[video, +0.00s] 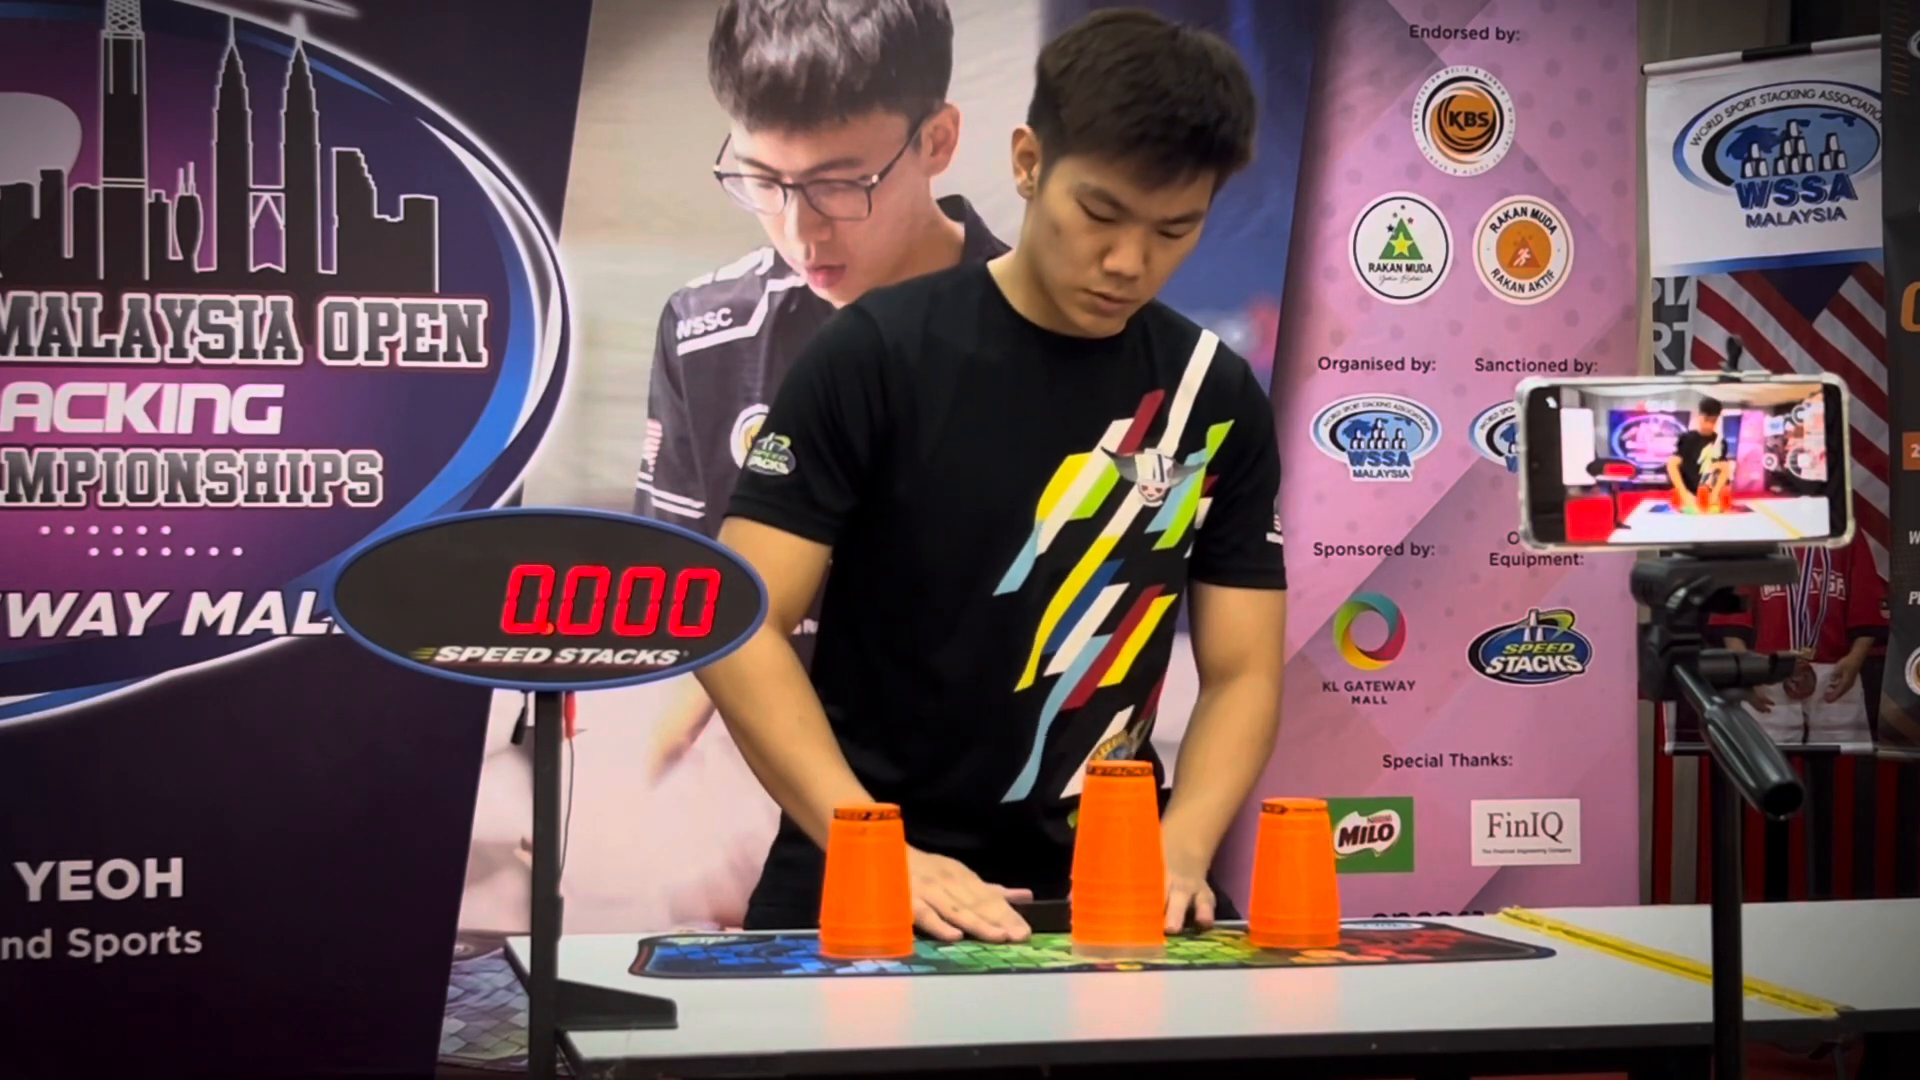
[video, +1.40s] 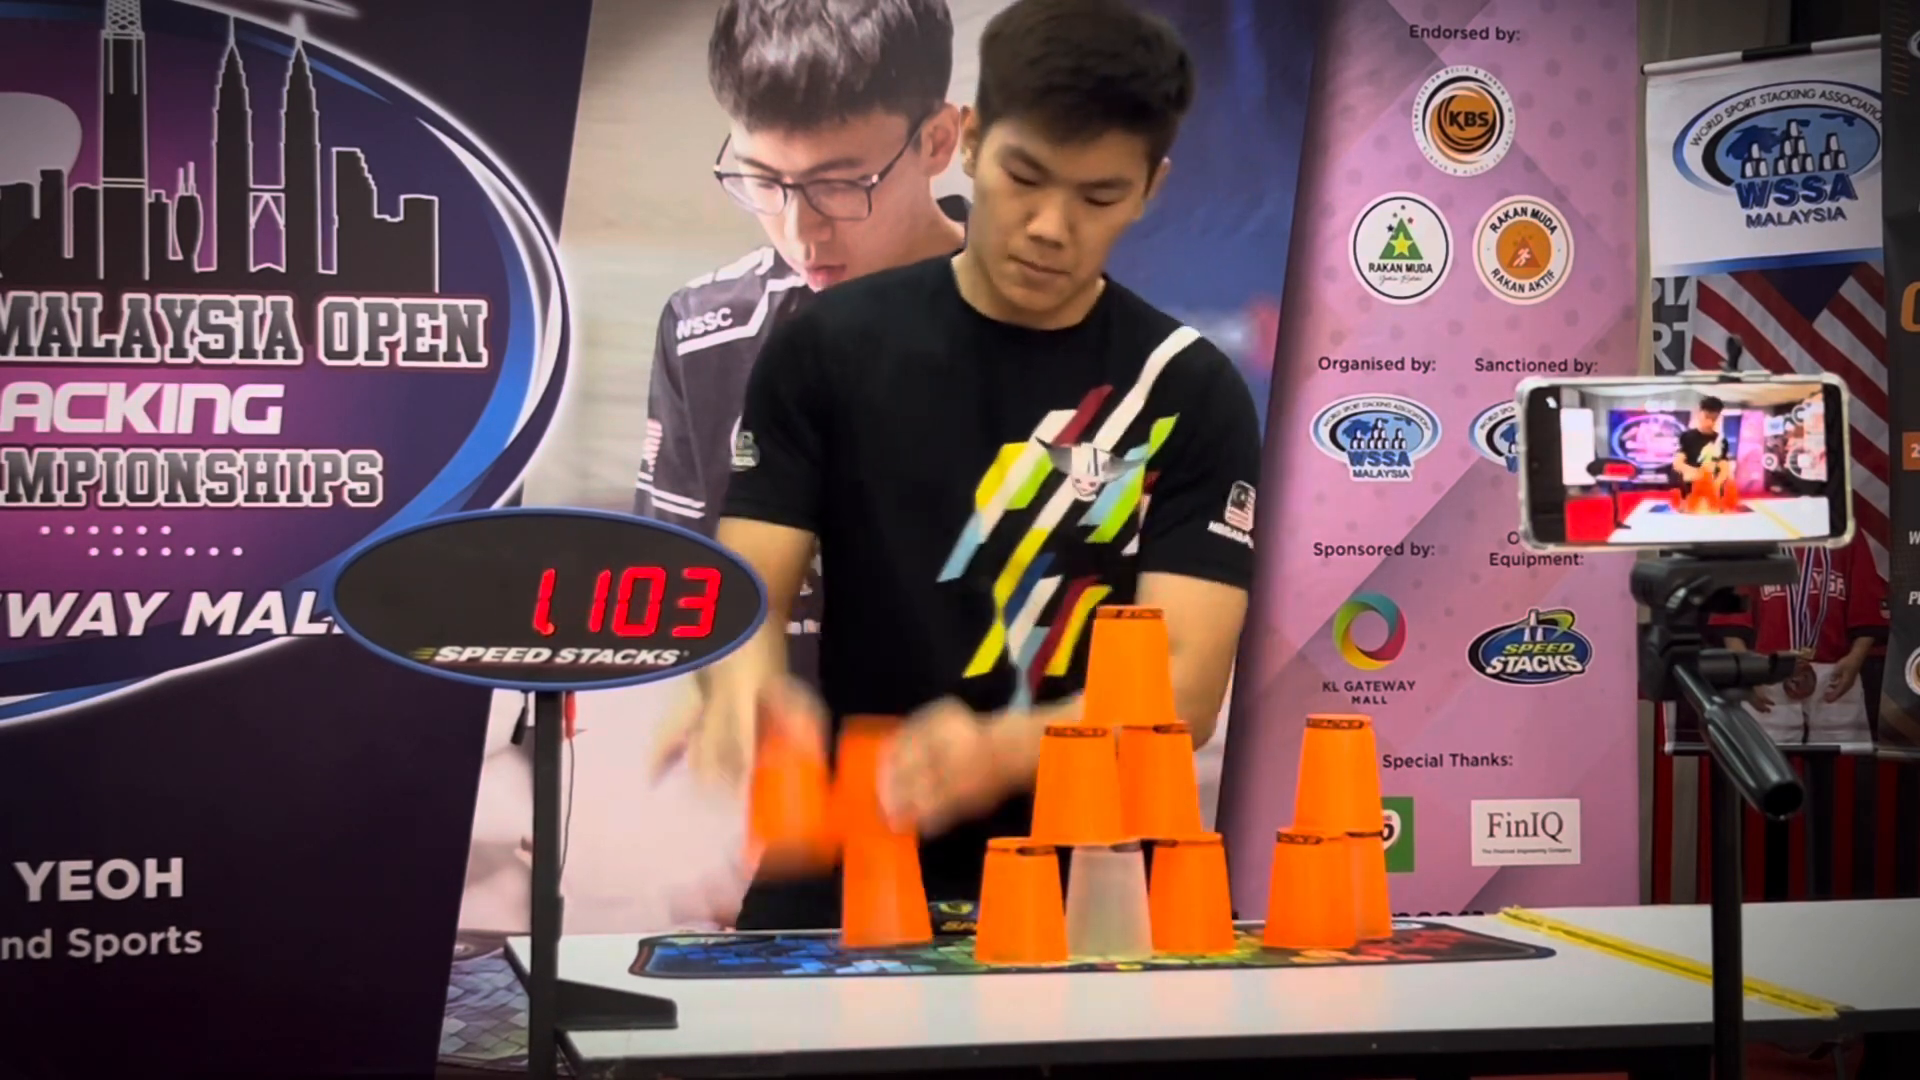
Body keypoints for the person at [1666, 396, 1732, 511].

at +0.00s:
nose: (1709, 425)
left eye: (1713, 421)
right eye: (1706, 420)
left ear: (1717, 420)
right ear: (1700, 417)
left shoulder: (1720, 442)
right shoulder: (1687, 439)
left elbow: (1724, 470)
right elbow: (1672, 465)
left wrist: (1714, 494)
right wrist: (1685, 496)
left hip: (1710, 500)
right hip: (1690, 499)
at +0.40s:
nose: (1709, 426)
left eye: (1713, 422)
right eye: (1706, 421)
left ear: (1717, 421)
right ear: (1699, 418)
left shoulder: (1720, 443)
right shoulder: (1686, 439)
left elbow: (1724, 469)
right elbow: (1672, 465)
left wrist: (1714, 494)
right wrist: (1688, 494)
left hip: (1711, 500)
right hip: (1690, 500)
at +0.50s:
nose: (1709, 427)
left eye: (1713, 422)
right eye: (1706, 421)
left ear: (1717, 421)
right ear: (1699, 418)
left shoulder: (1721, 443)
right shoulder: (1687, 439)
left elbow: (1723, 471)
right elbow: (1676, 467)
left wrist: (1715, 491)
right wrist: (1696, 485)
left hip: (1711, 497)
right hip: (1688, 497)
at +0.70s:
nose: (1714, 426)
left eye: (1717, 422)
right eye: (1711, 421)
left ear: (1721, 422)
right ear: (1702, 418)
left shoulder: (1721, 443)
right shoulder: (1690, 440)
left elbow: (1724, 467)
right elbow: (1688, 470)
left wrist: (1726, 482)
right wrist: (1713, 480)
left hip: (1715, 496)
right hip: (1693, 495)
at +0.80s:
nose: (1714, 426)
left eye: (1718, 422)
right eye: (1712, 421)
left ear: (1721, 422)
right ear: (1703, 418)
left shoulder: (1722, 443)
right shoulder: (1691, 440)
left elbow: (1725, 467)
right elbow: (1688, 470)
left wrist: (1729, 487)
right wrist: (1713, 486)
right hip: (1693, 494)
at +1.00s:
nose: (1712, 425)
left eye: (1716, 421)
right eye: (1710, 420)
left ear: (1720, 422)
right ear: (1701, 418)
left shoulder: (1721, 443)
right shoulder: (1689, 439)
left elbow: (1723, 471)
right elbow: (1681, 469)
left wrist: (1715, 489)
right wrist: (1696, 486)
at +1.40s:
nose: (1710, 423)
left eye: (1714, 418)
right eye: (1707, 417)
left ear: (1717, 418)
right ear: (1700, 414)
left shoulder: (1721, 440)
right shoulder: (1688, 437)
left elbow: (1724, 468)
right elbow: (1677, 463)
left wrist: (1715, 484)